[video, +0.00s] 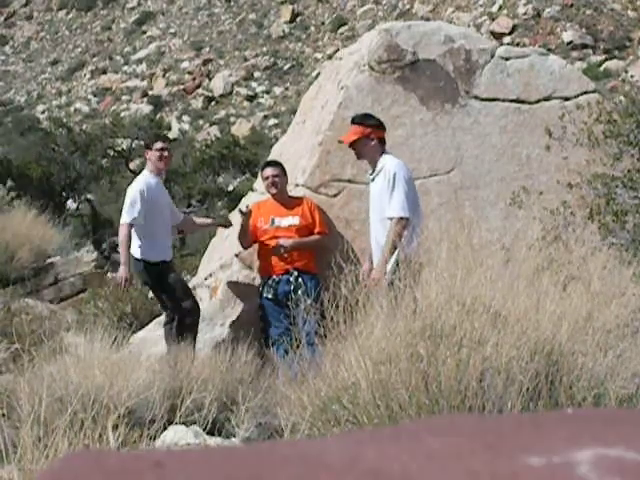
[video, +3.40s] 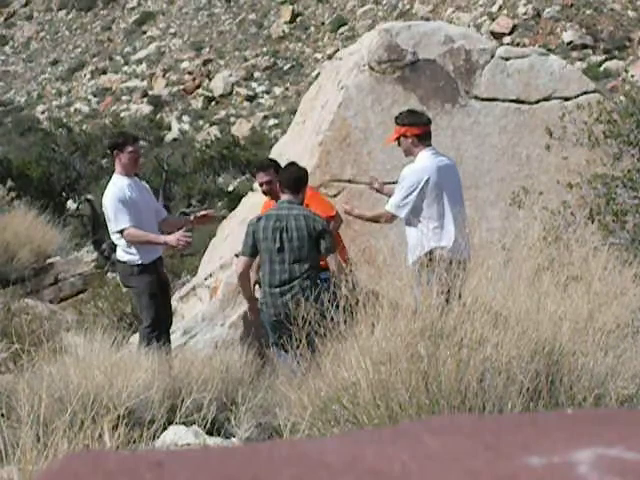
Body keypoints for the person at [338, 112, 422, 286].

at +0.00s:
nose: (352, 147)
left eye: (356, 142)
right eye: (352, 143)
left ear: (373, 140)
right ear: (371, 141)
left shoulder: (395, 169)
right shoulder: (376, 173)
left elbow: (400, 220)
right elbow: (380, 222)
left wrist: (382, 266)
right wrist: (371, 260)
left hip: (400, 265)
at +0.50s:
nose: (367, 146)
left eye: (368, 141)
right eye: (367, 141)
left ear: (379, 142)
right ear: (390, 140)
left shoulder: (406, 171)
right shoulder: (398, 169)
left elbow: (405, 225)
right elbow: (402, 224)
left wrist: (390, 266)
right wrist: (391, 263)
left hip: (411, 266)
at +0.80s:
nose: (377, 141)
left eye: (378, 136)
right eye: (377, 136)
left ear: (387, 138)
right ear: (405, 135)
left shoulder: (406, 169)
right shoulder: (425, 162)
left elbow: (405, 227)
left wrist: (388, 270)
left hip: (418, 261)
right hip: (438, 257)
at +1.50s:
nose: (388, 145)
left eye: (388, 139)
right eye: (387, 139)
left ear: (398, 138)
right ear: (415, 135)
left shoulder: (409, 169)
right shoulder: (436, 161)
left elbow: (404, 223)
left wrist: (390, 253)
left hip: (423, 250)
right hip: (448, 246)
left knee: (421, 309)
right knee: (443, 309)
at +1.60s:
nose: (392, 147)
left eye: (392, 141)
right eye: (391, 142)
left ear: (401, 139)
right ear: (417, 137)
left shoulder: (412, 169)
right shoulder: (438, 161)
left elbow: (393, 223)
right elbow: (422, 209)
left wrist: (363, 246)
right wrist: (384, 227)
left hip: (425, 252)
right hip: (450, 248)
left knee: (423, 312)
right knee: (442, 311)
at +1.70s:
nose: (392, 145)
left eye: (393, 139)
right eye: (391, 140)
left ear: (405, 139)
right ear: (418, 137)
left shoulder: (414, 171)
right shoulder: (440, 162)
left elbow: (385, 220)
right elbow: (422, 198)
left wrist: (357, 222)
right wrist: (387, 200)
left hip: (427, 256)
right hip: (451, 251)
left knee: (425, 319)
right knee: (444, 316)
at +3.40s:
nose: (399, 146)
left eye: (400, 140)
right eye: (398, 141)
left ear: (410, 139)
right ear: (427, 137)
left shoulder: (416, 171)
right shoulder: (447, 164)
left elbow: (388, 216)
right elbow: (421, 196)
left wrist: (355, 213)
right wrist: (384, 190)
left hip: (431, 257)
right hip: (458, 253)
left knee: (429, 318)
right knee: (453, 315)